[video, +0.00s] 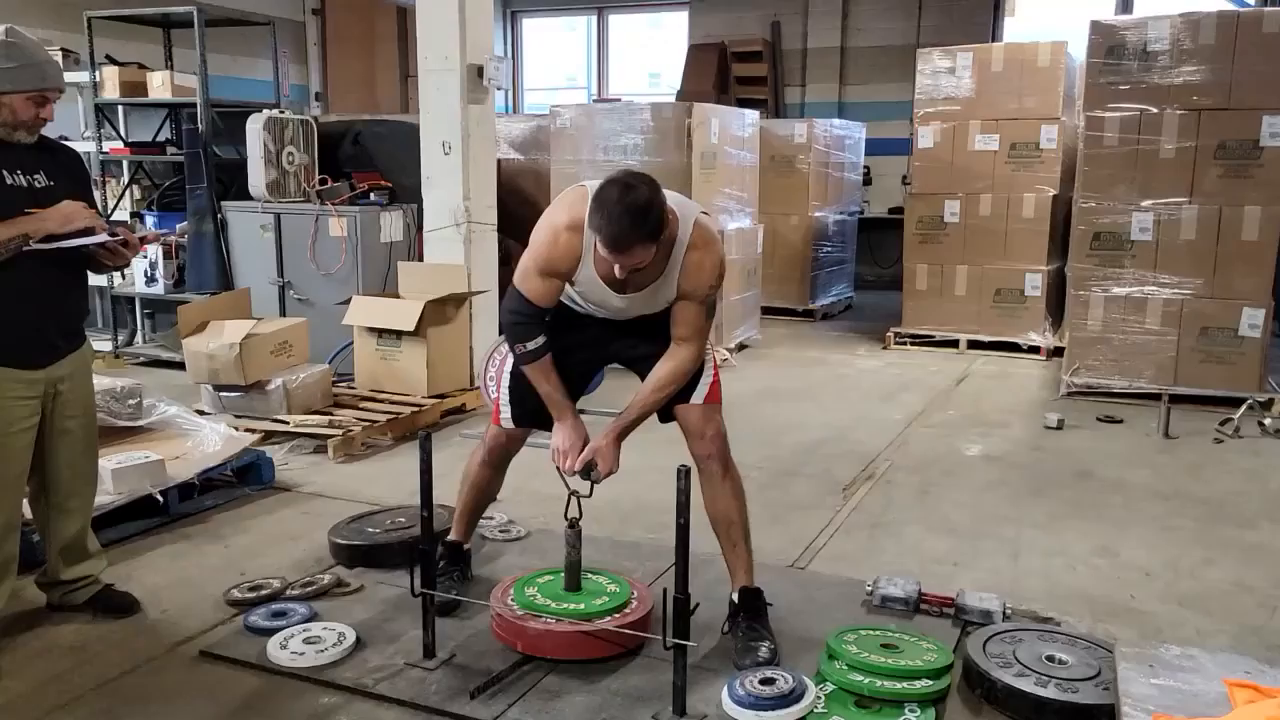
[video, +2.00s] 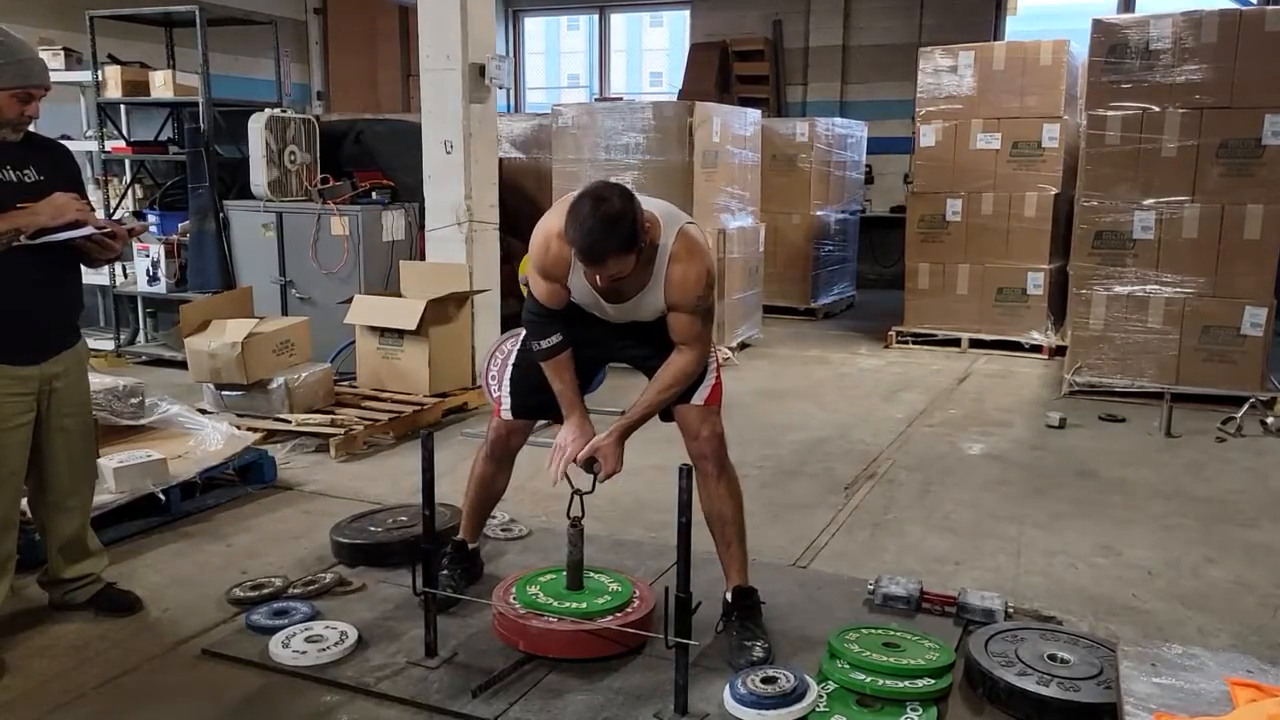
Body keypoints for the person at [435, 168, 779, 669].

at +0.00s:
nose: (618, 274)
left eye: (634, 265)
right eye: (607, 262)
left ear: (664, 232)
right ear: (592, 228)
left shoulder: (700, 247)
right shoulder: (561, 227)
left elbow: (687, 349)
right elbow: (519, 319)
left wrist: (617, 431)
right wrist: (563, 416)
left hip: (658, 323)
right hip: (572, 319)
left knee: (711, 441)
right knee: (501, 437)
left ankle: (747, 600)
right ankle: (454, 548)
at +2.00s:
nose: (602, 282)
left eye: (615, 275)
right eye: (592, 273)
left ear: (643, 242)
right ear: (574, 243)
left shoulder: (687, 260)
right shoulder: (551, 240)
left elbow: (691, 353)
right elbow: (544, 329)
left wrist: (620, 432)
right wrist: (576, 417)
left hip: (659, 327)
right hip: (578, 319)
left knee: (708, 444)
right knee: (502, 431)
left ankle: (741, 598)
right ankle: (463, 549)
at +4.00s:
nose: (597, 315)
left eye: (610, 304)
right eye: (584, 306)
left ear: (633, 275)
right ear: (562, 280)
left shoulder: (676, 283)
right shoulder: (534, 278)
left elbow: (693, 360)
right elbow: (484, 352)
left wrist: (621, 435)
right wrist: (552, 437)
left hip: (656, 329)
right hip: (563, 328)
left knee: (706, 443)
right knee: (498, 433)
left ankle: (739, 598)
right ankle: (462, 549)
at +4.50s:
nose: (600, 257)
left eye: (614, 249)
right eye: (590, 247)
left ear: (636, 219)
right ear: (570, 217)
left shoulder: (673, 243)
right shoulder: (541, 222)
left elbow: (699, 320)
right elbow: (516, 319)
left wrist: (615, 349)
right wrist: (550, 421)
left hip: (648, 346)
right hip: (563, 338)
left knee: (682, 471)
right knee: (463, 446)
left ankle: (738, 605)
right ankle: (476, 558)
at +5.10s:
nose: (603, 182)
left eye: (617, 173)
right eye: (592, 170)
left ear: (643, 144)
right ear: (573, 142)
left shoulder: (678, 175)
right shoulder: (546, 169)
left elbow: (726, 258)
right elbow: (527, 275)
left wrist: (639, 273)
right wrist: (552, 381)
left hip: (660, 310)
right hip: (570, 303)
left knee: (697, 452)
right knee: (498, 428)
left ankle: (738, 604)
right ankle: (470, 557)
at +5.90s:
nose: (578, 269)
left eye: (592, 259)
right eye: (567, 258)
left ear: (617, 229)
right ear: (548, 227)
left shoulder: (663, 243)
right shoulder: (525, 230)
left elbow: (710, 298)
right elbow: (504, 315)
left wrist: (632, 359)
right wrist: (531, 411)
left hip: (652, 318)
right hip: (563, 315)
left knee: (700, 444)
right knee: (484, 422)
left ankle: (738, 598)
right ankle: (474, 552)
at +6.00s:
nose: (574, 296)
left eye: (586, 284)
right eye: (560, 286)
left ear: (609, 253)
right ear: (538, 260)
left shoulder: (659, 257)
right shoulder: (514, 266)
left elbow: (705, 306)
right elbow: (501, 356)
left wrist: (629, 367)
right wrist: (508, 449)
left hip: (651, 319)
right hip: (557, 326)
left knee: (697, 440)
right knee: (478, 412)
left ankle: (737, 597)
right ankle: (474, 550)